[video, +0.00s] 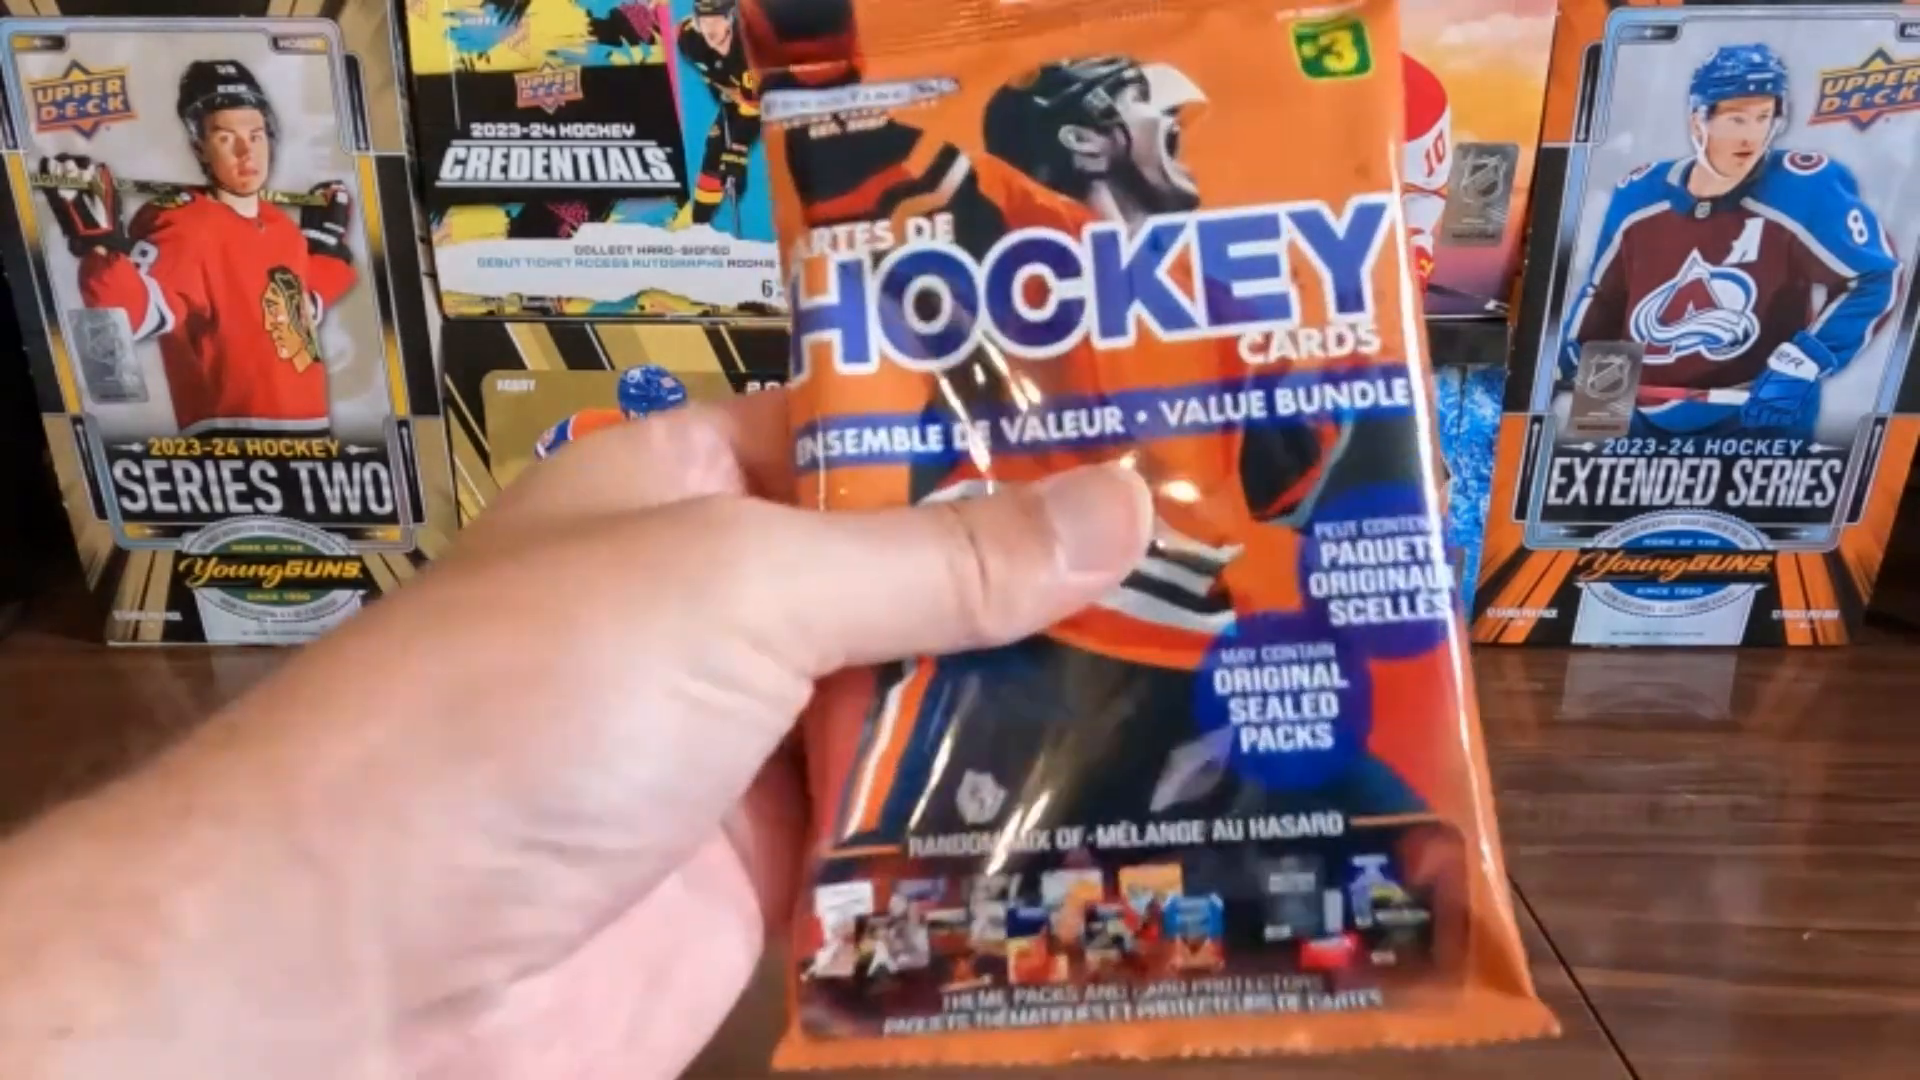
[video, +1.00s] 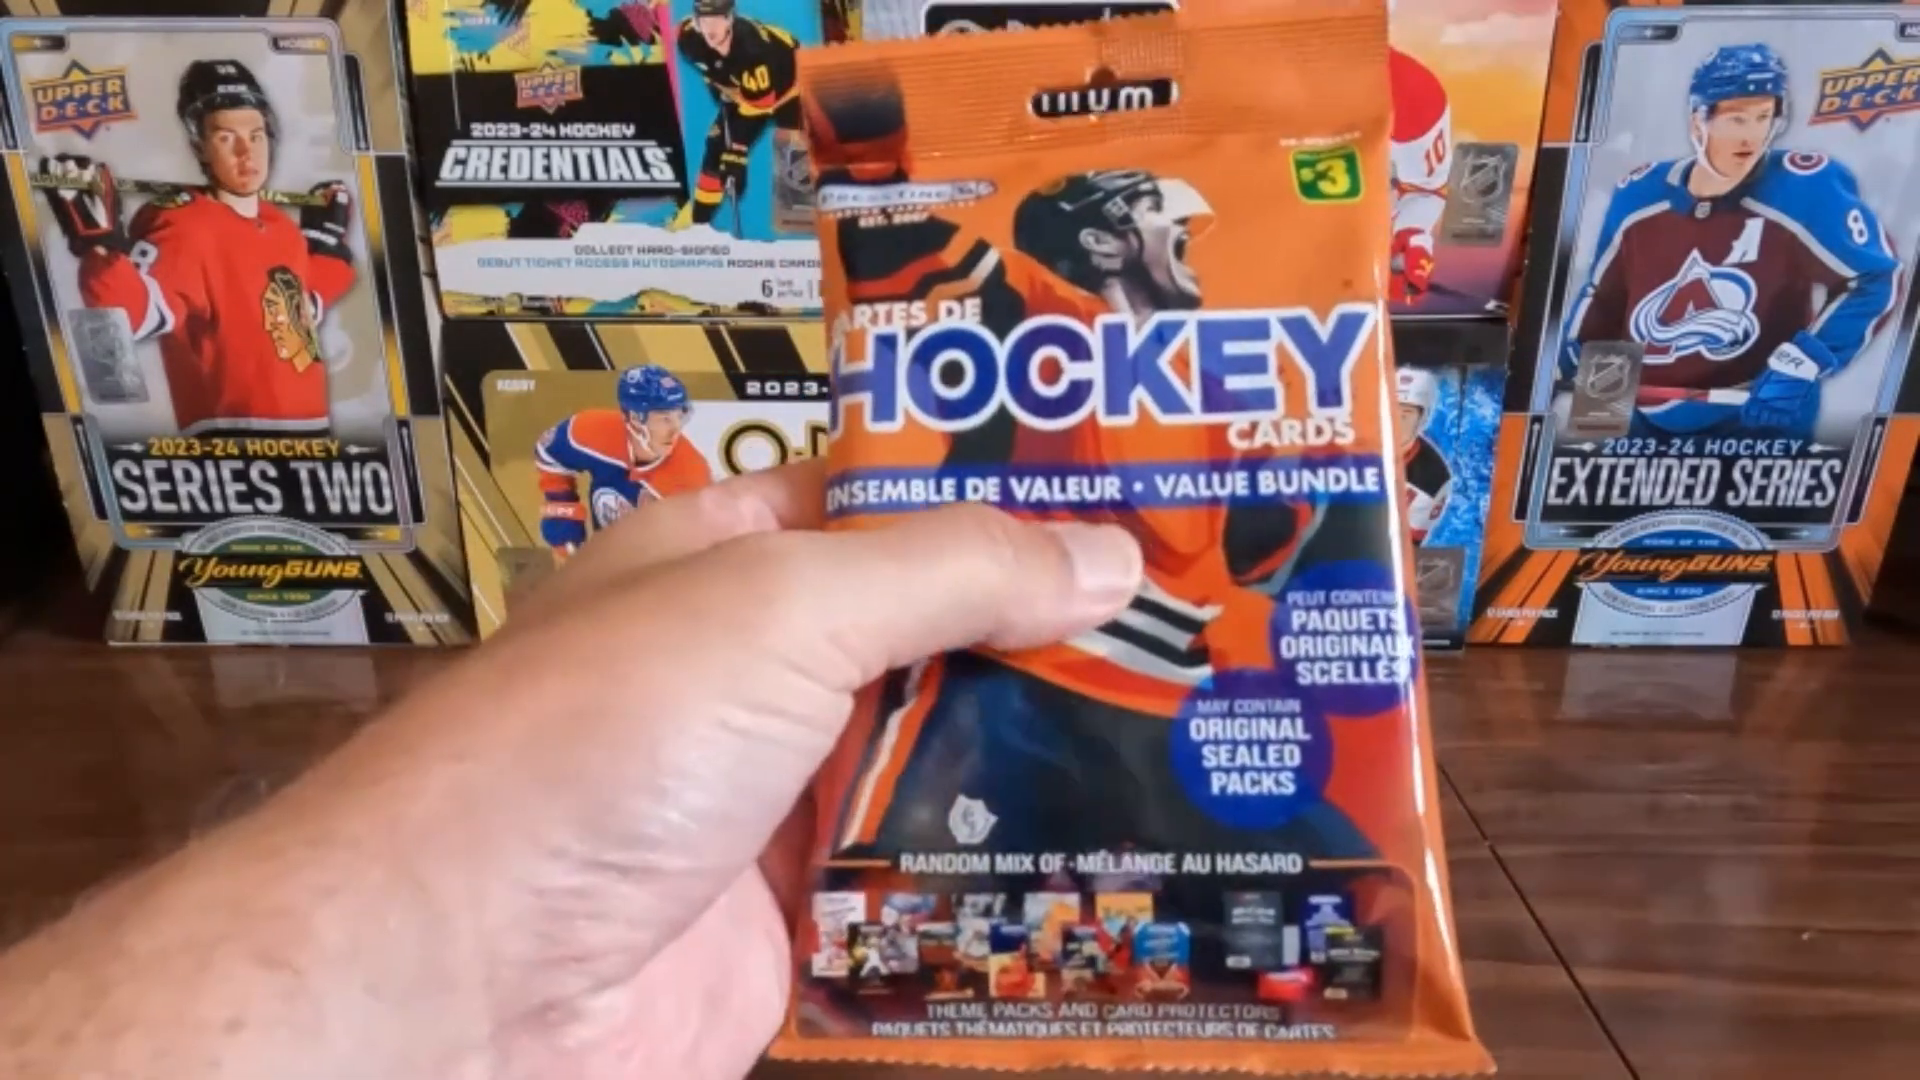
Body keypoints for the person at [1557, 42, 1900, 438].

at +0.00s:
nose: (1749, 135)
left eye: (1762, 118)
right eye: (1734, 119)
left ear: (1775, 123)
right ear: (1698, 124)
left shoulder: (1803, 193)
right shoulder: (1638, 197)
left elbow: (1877, 279)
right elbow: (1600, 295)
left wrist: (1800, 365)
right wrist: (1576, 367)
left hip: (1744, 426)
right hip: (1637, 421)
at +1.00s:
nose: (1749, 134)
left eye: (1762, 118)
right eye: (1734, 119)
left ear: (1775, 123)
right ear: (1698, 124)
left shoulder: (1804, 192)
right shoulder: (1638, 197)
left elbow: (1878, 279)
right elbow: (1600, 297)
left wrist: (1801, 365)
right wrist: (1573, 367)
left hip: (1745, 427)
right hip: (1638, 422)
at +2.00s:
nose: (1750, 135)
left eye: (1762, 118)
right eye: (1734, 119)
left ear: (1775, 123)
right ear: (1698, 124)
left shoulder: (1804, 193)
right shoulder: (1637, 197)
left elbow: (1878, 279)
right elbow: (1600, 297)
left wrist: (1801, 365)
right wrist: (1572, 366)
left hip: (1744, 427)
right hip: (1636, 422)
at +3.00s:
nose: (1750, 135)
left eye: (1762, 118)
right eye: (1734, 119)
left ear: (1775, 122)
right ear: (1698, 124)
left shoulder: (1804, 192)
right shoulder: (1637, 197)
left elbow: (1879, 278)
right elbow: (1600, 297)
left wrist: (1802, 364)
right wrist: (1576, 361)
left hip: (1744, 427)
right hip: (1637, 421)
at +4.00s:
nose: (1750, 135)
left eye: (1762, 118)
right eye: (1735, 119)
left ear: (1775, 123)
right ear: (1698, 124)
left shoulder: (1804, 192)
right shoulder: (1638, 196)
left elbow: (1878, 279)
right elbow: (1600, 296)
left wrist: (1802, 364)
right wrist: (1576, 366)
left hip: (1744, 427)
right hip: (1637, 421)